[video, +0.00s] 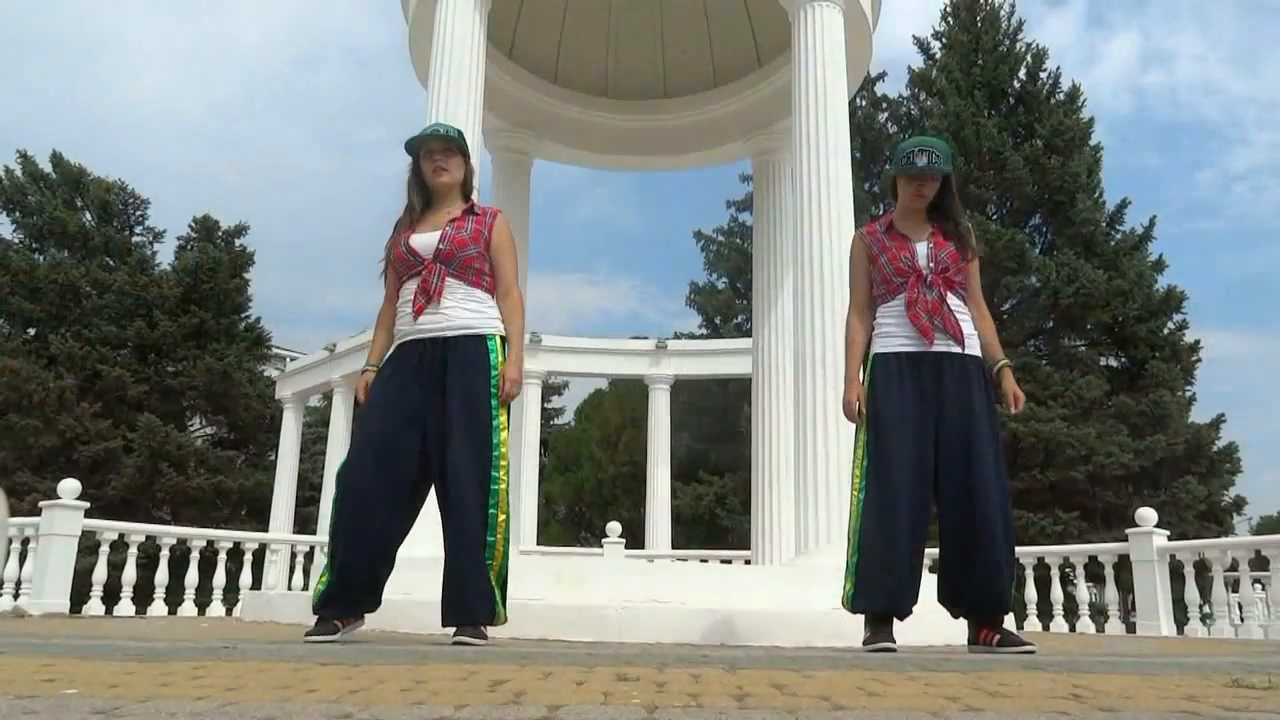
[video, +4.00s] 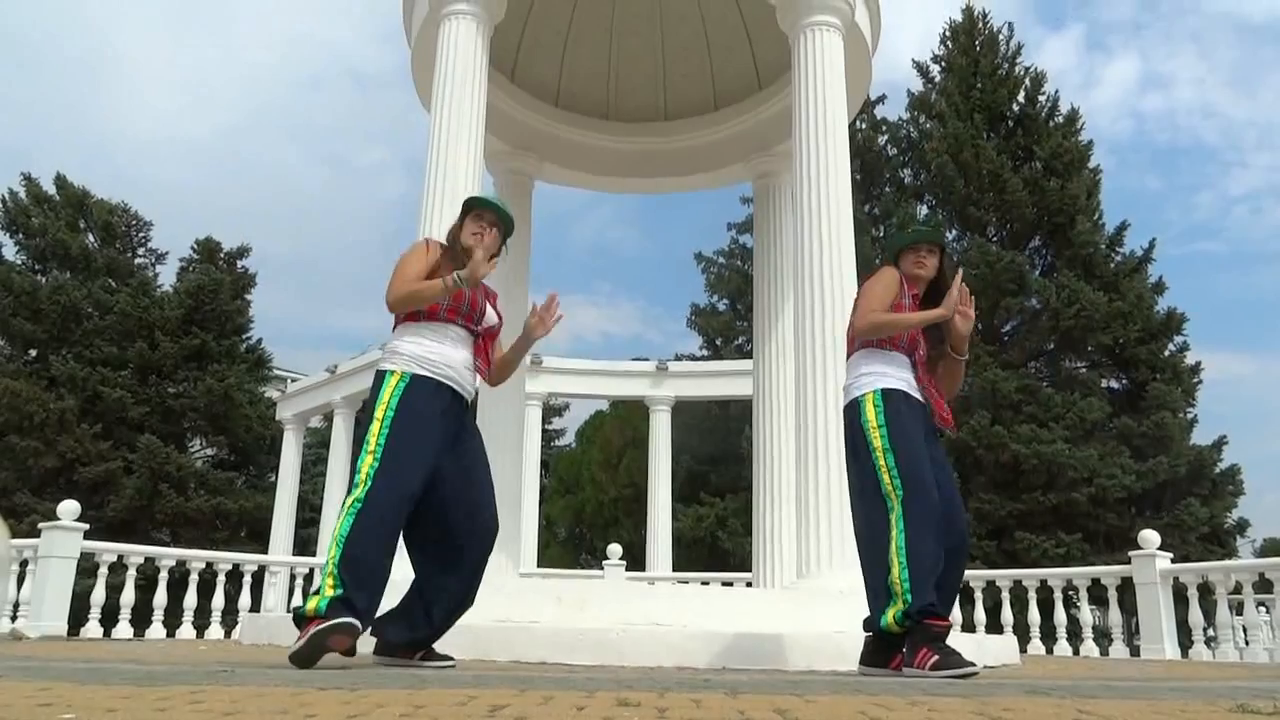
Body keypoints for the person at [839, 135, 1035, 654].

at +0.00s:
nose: (919, 185)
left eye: (928, 178)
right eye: (911, 176)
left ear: (942, 184)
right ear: (895, 179)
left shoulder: (960, 240)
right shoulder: (869, 239)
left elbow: (978, 309)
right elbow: (860, 313)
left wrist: (1003, 368)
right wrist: (853, 377)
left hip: (962, 373)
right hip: (897, 372)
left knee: (978, 490)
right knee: (895, 491)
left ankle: (985, 625)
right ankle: (879, 620)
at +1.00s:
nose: (895, 182)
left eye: (906, 173)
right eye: (891, 176)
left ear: (931, 181)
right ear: (887, 187)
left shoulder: (961, 244)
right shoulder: (874, 243)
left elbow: (977, 317)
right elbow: (862, 314)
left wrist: (1000, 376)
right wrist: (854, 381)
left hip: (963, 378)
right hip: (898, 378)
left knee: (980, 497)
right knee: (897, 499)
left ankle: (986, 632)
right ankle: (880, 628)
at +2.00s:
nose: (914, 179)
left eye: (922, 173)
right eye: (905, 173)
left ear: (934, 185)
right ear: (888, 185)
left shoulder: (955, 248)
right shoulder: (866, 245)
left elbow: (974, 320)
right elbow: (852, 316)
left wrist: (1008, 368)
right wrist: (849, 377)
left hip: (954, 381)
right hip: (890, 380)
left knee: (973, 498)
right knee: (891, 501)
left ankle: (984, 634)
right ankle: (881, 629)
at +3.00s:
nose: (945, 172)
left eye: (954, 166)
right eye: (934, 164)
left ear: (962, 180)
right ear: (914, 176)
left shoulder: (956, 248)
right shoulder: (898, 219)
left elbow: (987, 315)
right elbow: (882, 281)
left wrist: (1019, 281)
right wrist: (937, 217)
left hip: (920, 381)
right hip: (886, 371)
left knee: (897, 498)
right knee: (936, 479)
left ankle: (884, 632)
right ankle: (921, 630)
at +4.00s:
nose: (923, 255)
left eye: (932, 253)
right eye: (914, 250)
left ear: (942, 270)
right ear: (898, 259)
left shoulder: (928, 316)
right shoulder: (888, 277)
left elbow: (943, 392)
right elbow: (861, 325)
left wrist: (960, 344)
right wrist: (940, 314)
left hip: (916, 406)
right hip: (880, 393)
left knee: (951, 522)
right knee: (915, 503)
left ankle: (889, 642)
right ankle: (911, 640)